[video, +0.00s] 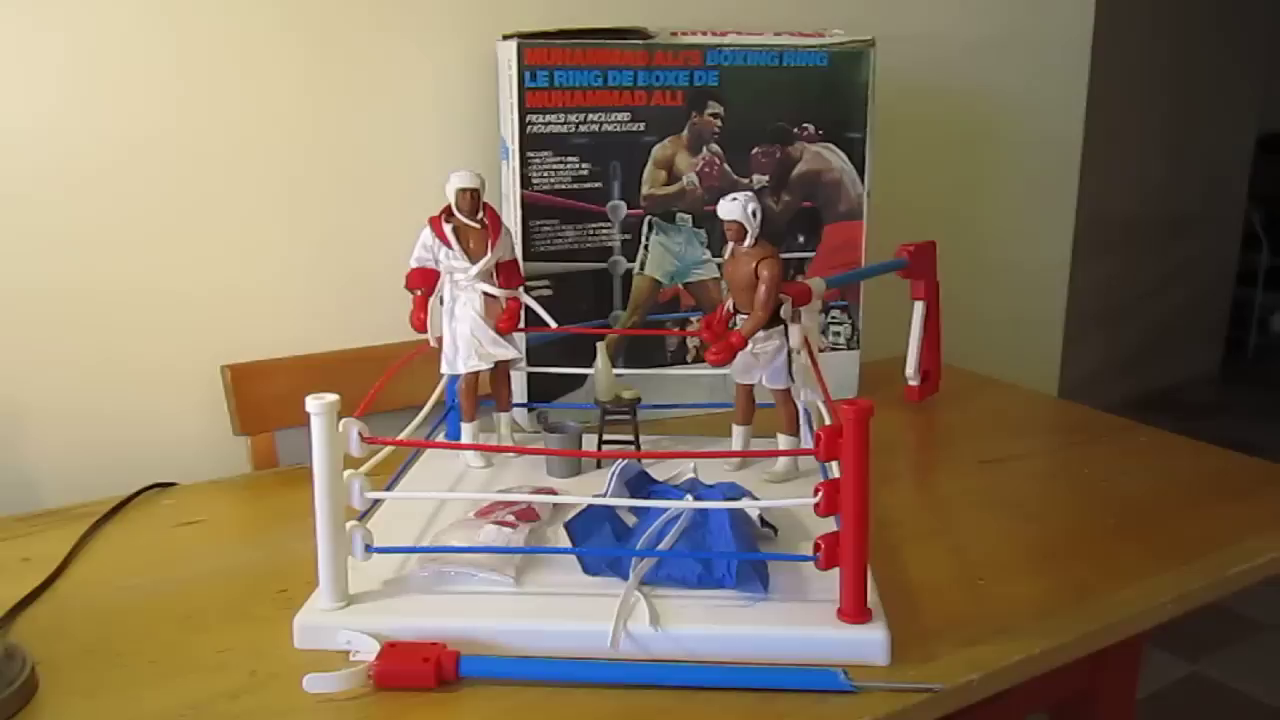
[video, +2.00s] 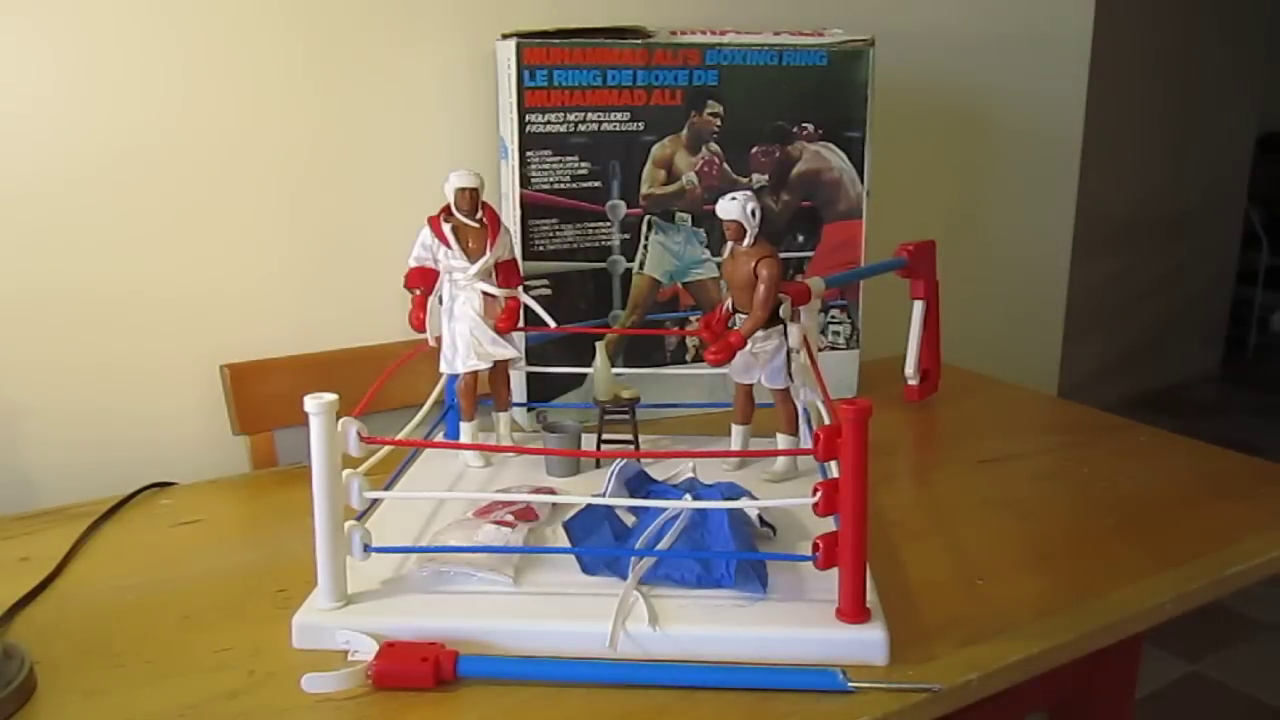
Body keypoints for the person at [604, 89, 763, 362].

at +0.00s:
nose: (719, 123)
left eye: (721, 118)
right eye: (714, 116)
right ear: (694, 117)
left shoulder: (713, 152)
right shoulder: (665, 150)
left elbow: (730, 183)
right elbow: (647, 198)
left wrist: (752, 182)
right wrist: (682, 185)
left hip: (694, 238)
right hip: (661, 236)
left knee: (719, 311)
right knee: (635, 316)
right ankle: (597, 375)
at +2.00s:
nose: (719, 123)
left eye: (720, 117)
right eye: (713, 116)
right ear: (693, 116)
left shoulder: (712, 151)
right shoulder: (665, 149)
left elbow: (729, 181)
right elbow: (647, 198)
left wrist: (750, 182)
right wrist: (683, 184)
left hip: (693, 238)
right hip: (660, 235)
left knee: (718, 311)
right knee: (634, 315)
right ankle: (597, 374)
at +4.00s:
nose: (718, 122)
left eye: (720, 116)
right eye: (713, 114)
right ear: (694, 115)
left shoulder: (712, 150)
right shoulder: (665, 148)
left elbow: (731, 182)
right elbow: (646, 197)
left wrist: (755, 180)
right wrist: (683, 183)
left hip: (693, 237)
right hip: (660, 235)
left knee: (719, 310)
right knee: (634, 315)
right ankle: (596, 372)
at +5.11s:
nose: (719, 122)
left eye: (720, 116)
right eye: (713, 115)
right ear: (693, 114)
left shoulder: (712, 151)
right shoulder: (664, 149)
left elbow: (732, 181)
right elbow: (647, 195)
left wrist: (754, 181)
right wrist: (681, 183)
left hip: (694, 237)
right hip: (660, 235)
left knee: (718, 309)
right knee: (635, 313)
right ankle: (597, 373)